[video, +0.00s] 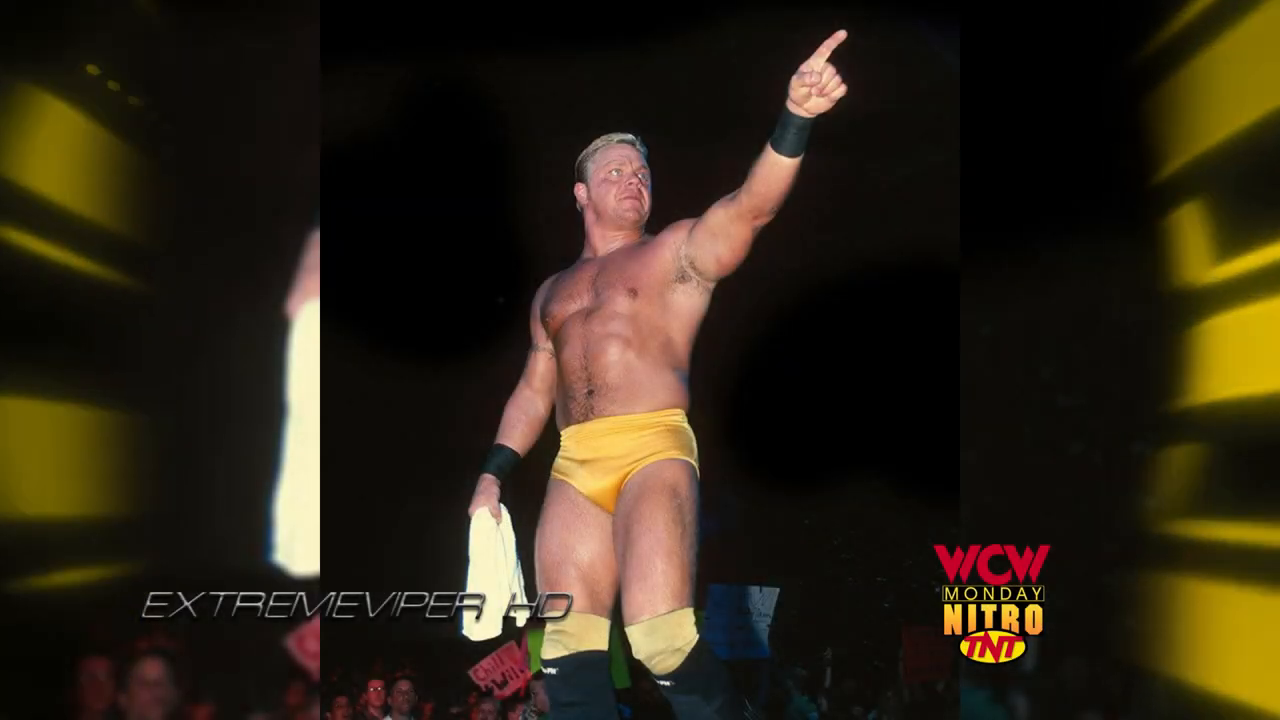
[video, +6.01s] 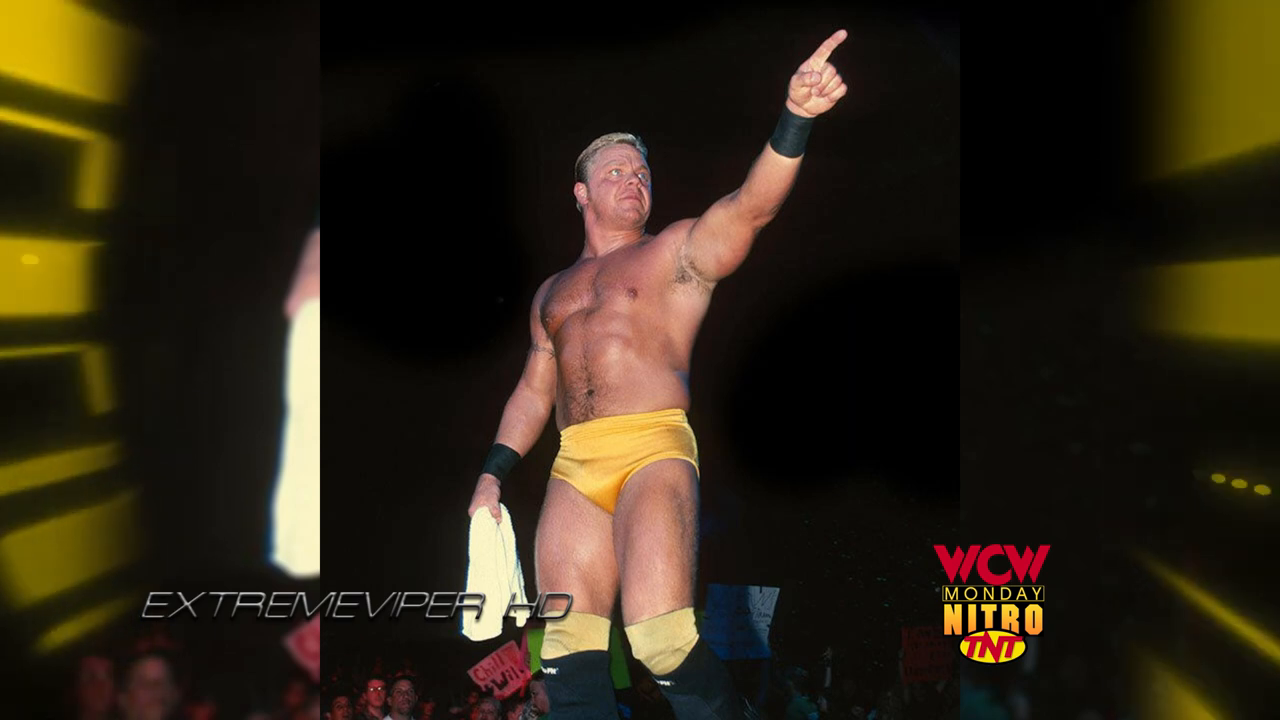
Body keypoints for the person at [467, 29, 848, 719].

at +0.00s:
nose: (632, 180)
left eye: (640, 172)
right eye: (614, 171)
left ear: (650, 194)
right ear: (581, 193)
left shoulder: (680, 254)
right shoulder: (553, 296)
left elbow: (752, 204)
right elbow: (534, 394)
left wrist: (797, 115)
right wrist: (490, 477)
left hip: (656, 448)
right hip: (576, 462)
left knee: (659, 635)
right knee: (568, 646)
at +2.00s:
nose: (632, 179)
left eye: (640, 172)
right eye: (615, 170)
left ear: (650, 194)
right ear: (581, 193)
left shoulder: (680, 254)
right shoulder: (552, 296)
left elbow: (753, 203)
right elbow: (534, 394)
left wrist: (797, 116)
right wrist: (490, 478)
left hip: (656, 448)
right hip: (575, 462)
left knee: (660, 636)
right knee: (568, 646)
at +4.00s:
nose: (632, 179)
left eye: (640, 172)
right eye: (615, 170)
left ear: (650, 194)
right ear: (581, 193)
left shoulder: (680, 254)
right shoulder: (552, 296)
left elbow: (753, 203)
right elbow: (534, 394)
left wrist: (797, 116)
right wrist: (490, 478)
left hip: (656, 448)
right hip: (575, 462)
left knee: (660, 636)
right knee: (568, 647)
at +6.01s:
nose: (631, 179)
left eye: (640, 172)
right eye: (614, 170)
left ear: (650, 194)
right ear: (580, 193)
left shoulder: (680, 253)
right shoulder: (552, 296)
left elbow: (753, 203)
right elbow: (534, 393)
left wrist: (797, 115)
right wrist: (490, 478)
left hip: (656, 448)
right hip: (575, 462)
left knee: (660, 637)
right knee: (568, 647)